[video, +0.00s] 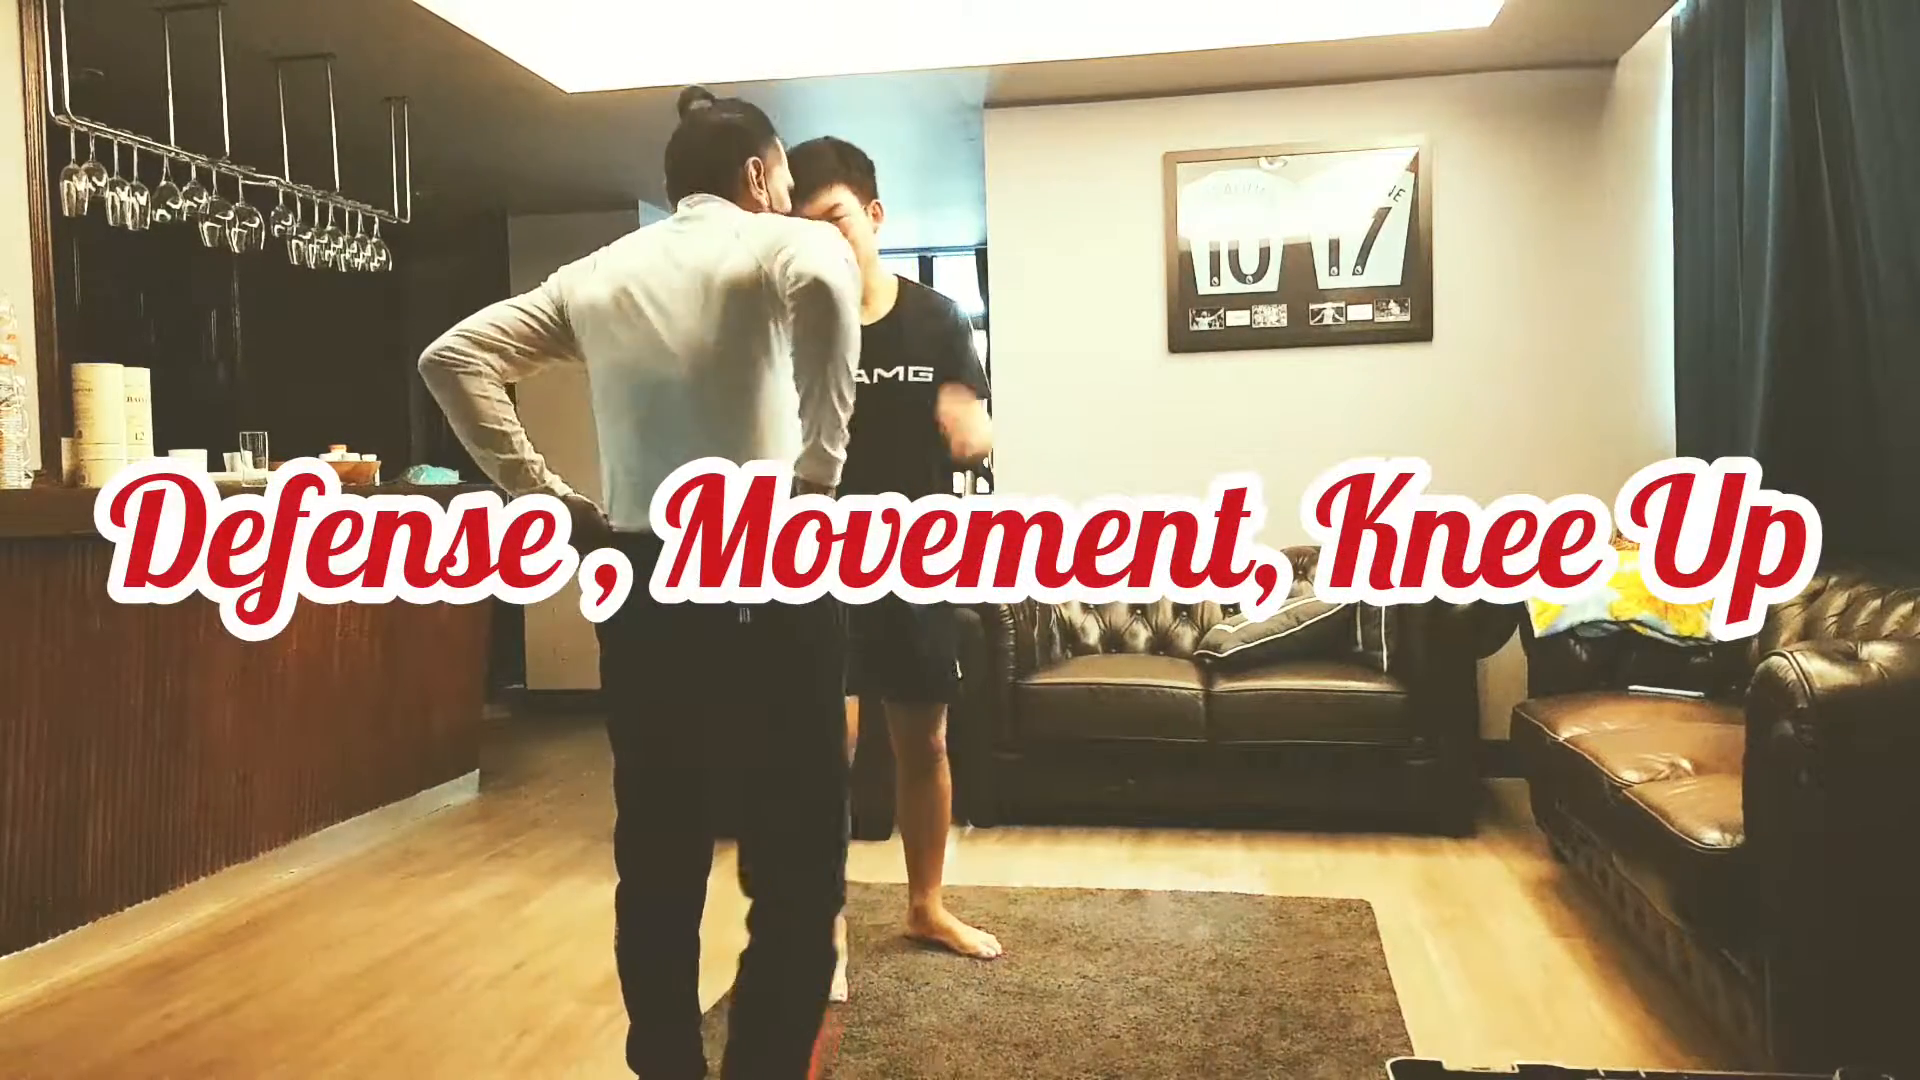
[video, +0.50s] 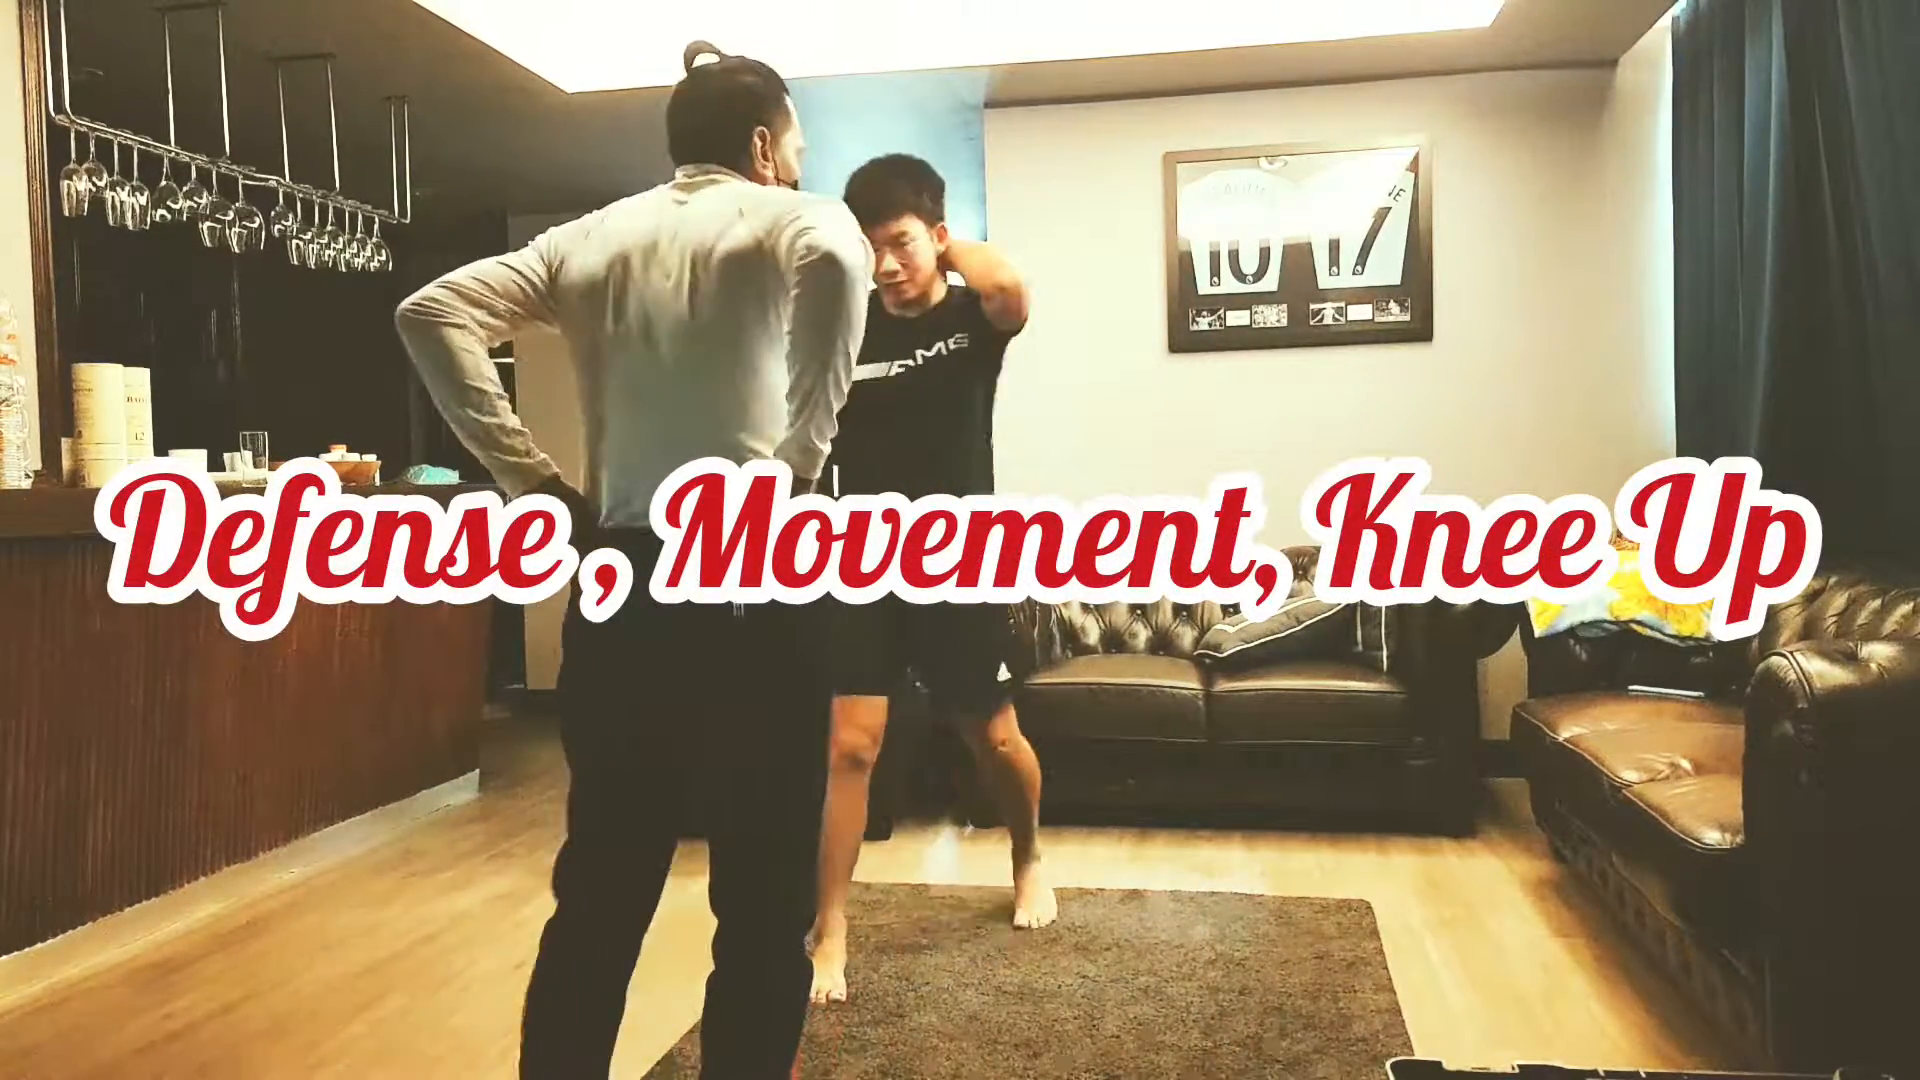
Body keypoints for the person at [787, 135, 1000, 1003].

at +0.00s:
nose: (826, 235)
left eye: (838, 215)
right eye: (811, 223)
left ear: (876, 213)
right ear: (797, 232)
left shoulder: (931, 317)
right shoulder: (791, 322)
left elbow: (972, 438)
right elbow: (763, 426)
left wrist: (965, 432)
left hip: (917, 556)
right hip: (819, 559)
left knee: (924, 742)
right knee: (827, 746)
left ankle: (929, 907)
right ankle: (827, 933)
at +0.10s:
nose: (824, 233)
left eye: (838, 217)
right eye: (812, 221)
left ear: (878, 217)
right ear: (801, 228)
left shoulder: (924, 302)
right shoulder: (791, 313)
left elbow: (986, 415)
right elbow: (762, 416)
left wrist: (960, 317)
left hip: (919, 538)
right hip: (822, 545)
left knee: (935, 732)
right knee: (833, 742)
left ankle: (935, 901)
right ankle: (826, 930)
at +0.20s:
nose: (832, 236)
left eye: (845, 221)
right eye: (820, 223)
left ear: (884, 220)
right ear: (810, 228)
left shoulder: (927, 293)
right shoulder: (798, 304)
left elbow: (995, 363)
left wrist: (933, 251)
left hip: (928, 534)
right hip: (828, 539)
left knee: (952, 729)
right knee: (836, 743)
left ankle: (958, 887)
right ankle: (827, 928)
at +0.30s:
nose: (846, 239)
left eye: (859, 224)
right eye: (832, 226)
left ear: (897, 223)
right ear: (815, 230)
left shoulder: (930, 296)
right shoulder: (803, 301)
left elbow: (998, 317)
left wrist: (926, 242)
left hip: (931, 537)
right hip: (830, 541)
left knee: (967, 730)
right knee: (840, 745)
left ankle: (989, 858)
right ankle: (827, 929)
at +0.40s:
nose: (867, 246)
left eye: (877, 229)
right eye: (852, 234)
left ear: (914, 227)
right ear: (835, 239)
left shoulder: (951, 303)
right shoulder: (824, 310)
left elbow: (1002, 297)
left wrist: (936, 236)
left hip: (943, 546)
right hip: (843, 550)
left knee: (979, 734)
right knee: (842, 745)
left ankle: (1017, 855)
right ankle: (827, 930)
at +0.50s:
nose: (888, 264)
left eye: (901, 243)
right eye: (873, 249)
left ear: (939, 235)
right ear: (856, 249)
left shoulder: (976, 313)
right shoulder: (845, 315)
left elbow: (1009, 295)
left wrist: (949, 242)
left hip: (956, 565)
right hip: (855, 565)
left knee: (998, 740)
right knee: (847, 748)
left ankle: (1027, 858)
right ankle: (828, 931)